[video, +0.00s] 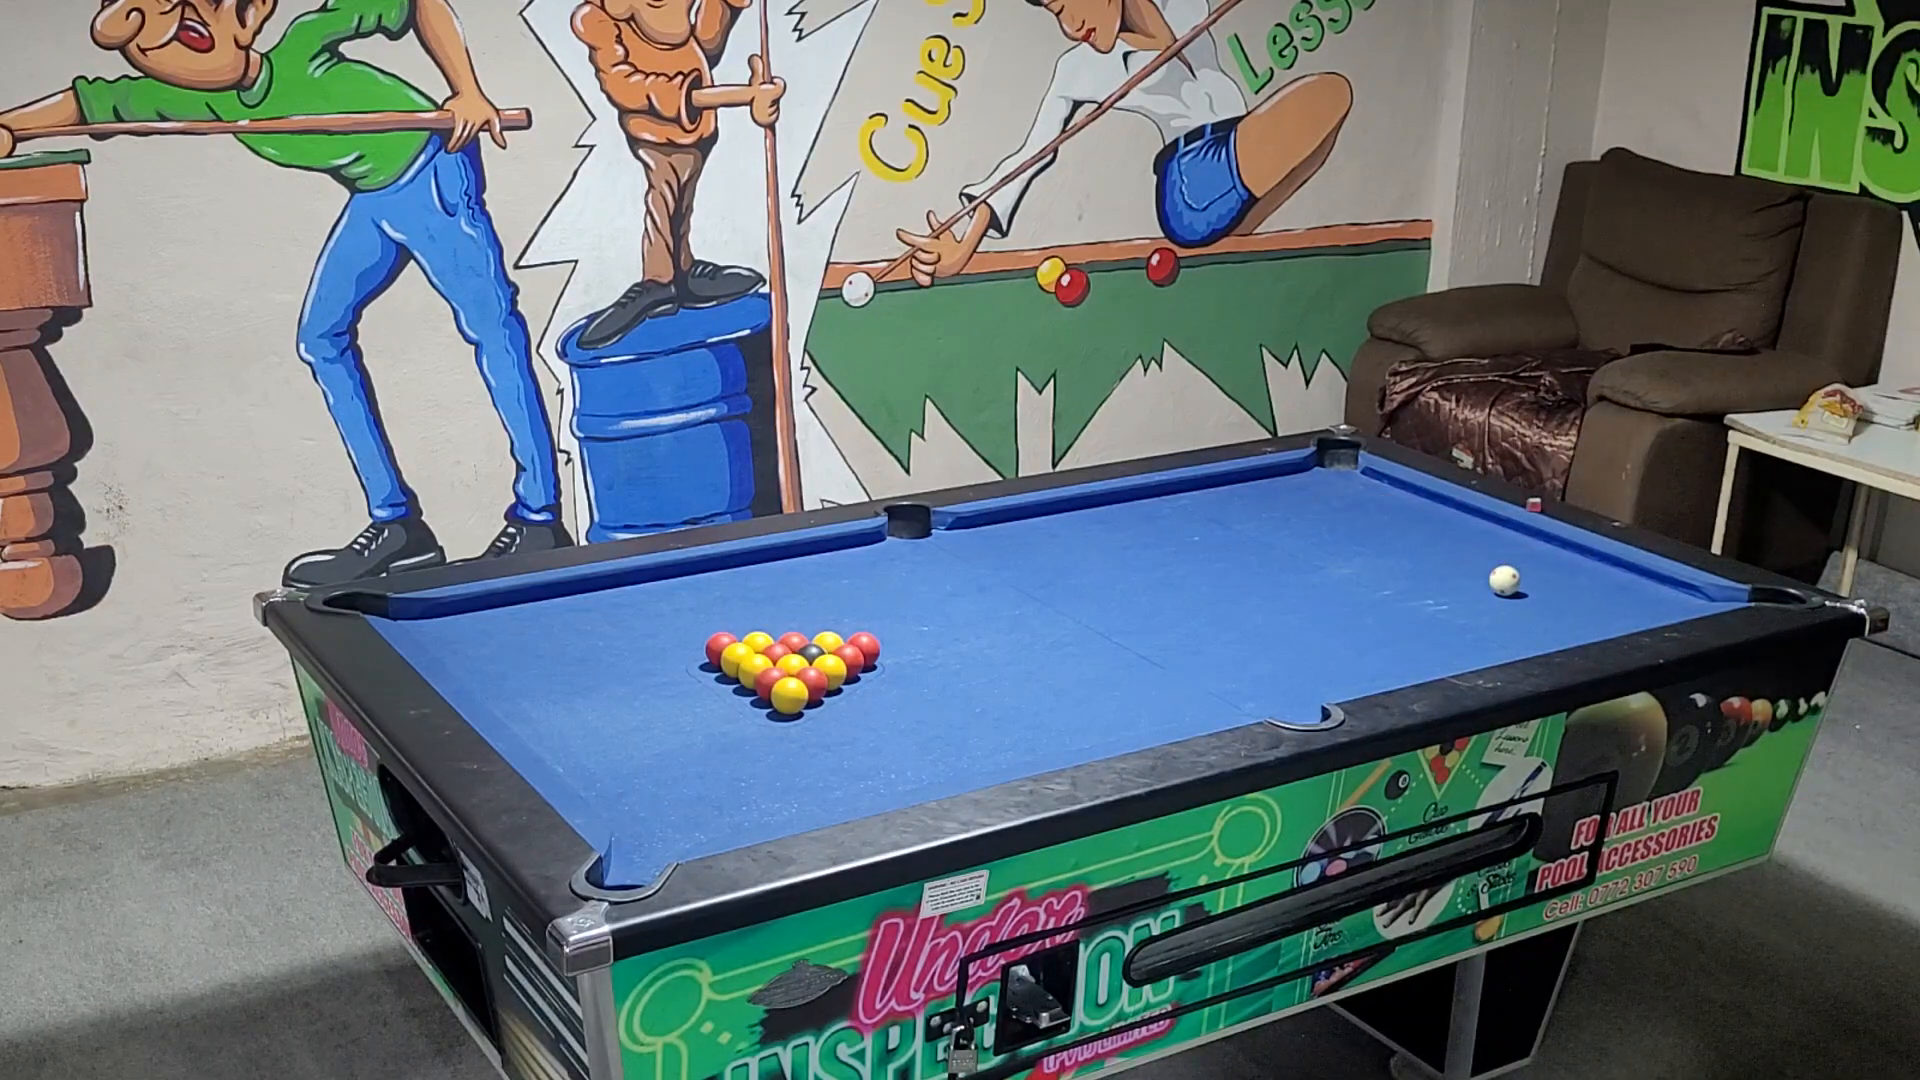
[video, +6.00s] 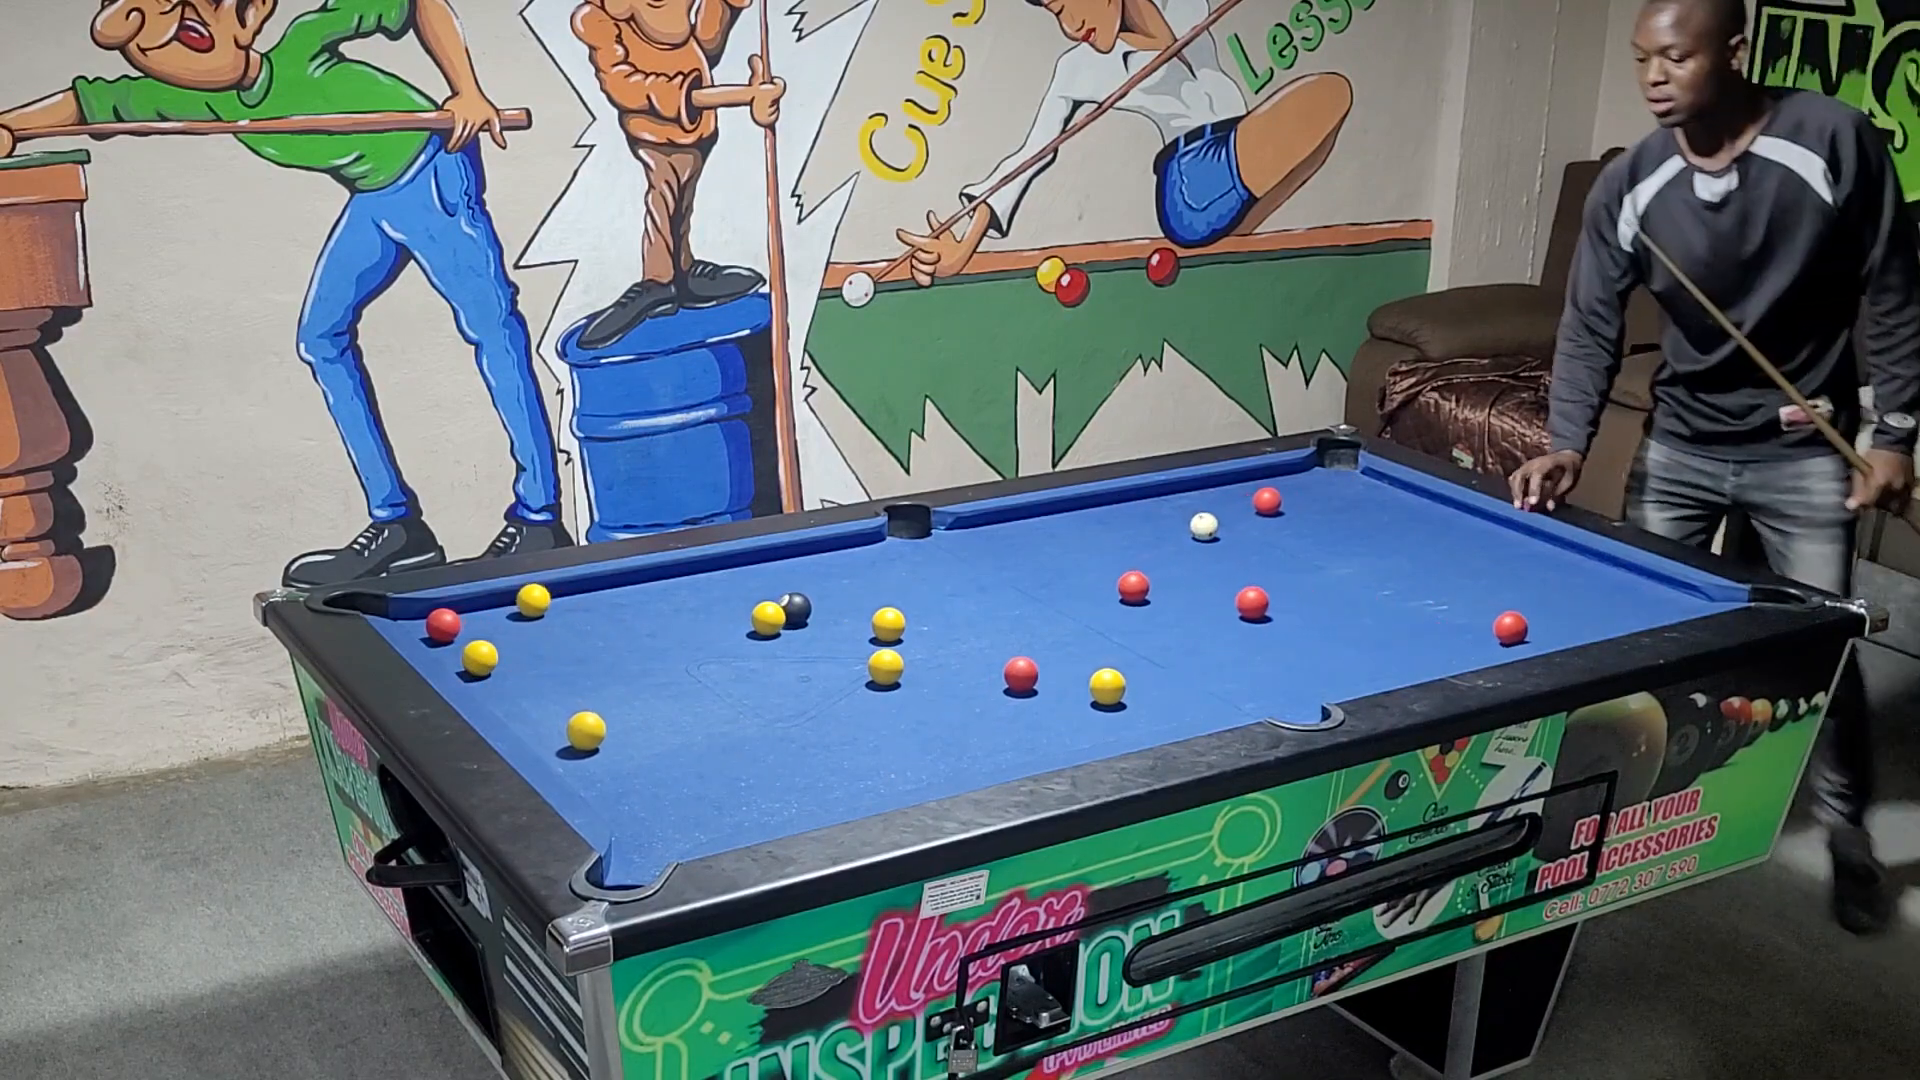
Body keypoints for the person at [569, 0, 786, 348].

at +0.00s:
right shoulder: (597, 19)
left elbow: (707, 47)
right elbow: (625, 87)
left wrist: (730, 6)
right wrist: (746, 95)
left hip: (695, 90)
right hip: (645, 104)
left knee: (688, 175)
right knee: (665, 174)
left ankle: (682, 269)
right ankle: (657, 281)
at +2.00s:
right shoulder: (597, 19)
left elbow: (707, 47)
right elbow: (625, 88)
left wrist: (730, 5)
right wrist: (746, 95)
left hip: (694, 88)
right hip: (645, 103)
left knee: (688, 174)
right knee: (666, 174)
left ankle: (682, 268)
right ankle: (657, 281)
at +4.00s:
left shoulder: (695, 6)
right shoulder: (596, 19)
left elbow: (707, 47)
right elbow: (625, 88)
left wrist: (730, 6)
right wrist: (746, 94)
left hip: (694, 88)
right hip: (644, 103)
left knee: (688, 174)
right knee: (665, 173)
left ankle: (682, 268)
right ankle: (657, 281)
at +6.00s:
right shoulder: (596, 19)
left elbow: (707, 47)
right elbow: (625, 88)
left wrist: (730, 6)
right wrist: (746, 94)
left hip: (694, 88)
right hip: (644, 104)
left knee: (687, 175)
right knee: (665, 175)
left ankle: (682, 268)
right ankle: (657, 281)